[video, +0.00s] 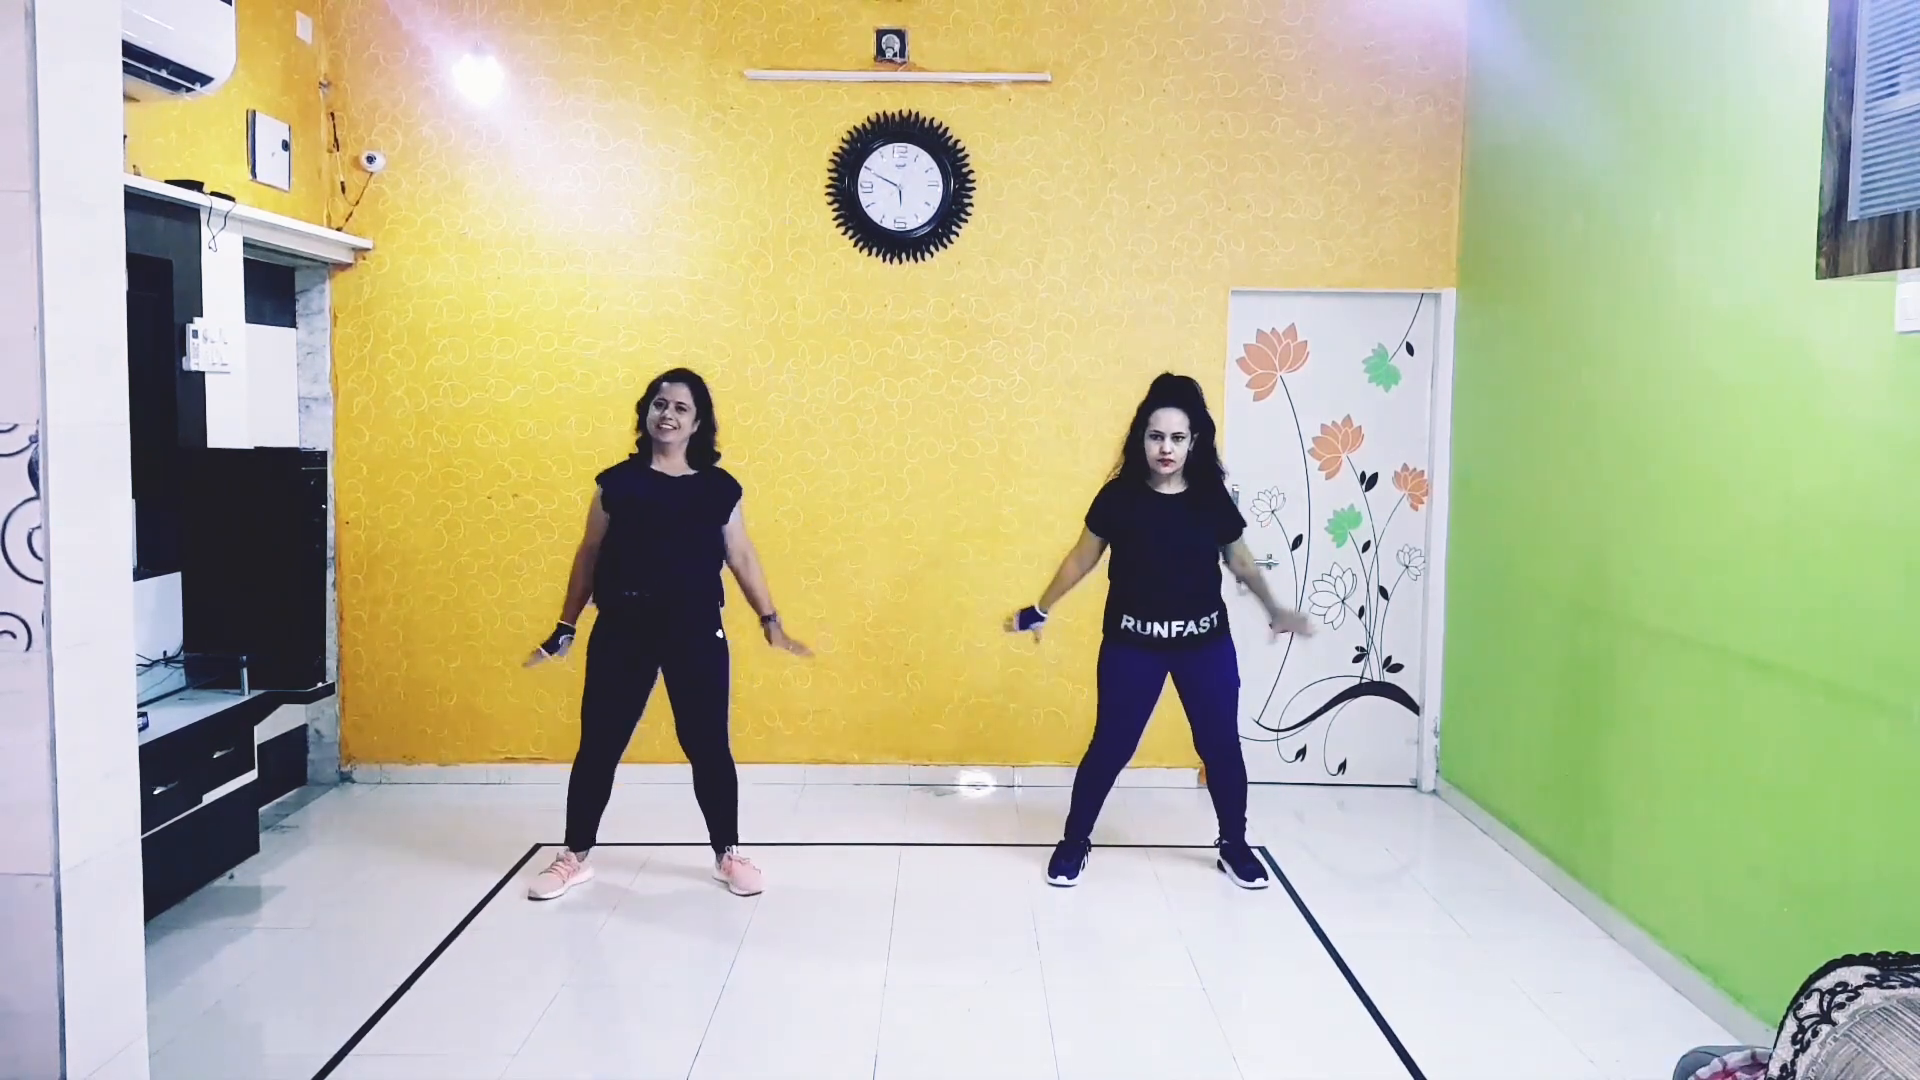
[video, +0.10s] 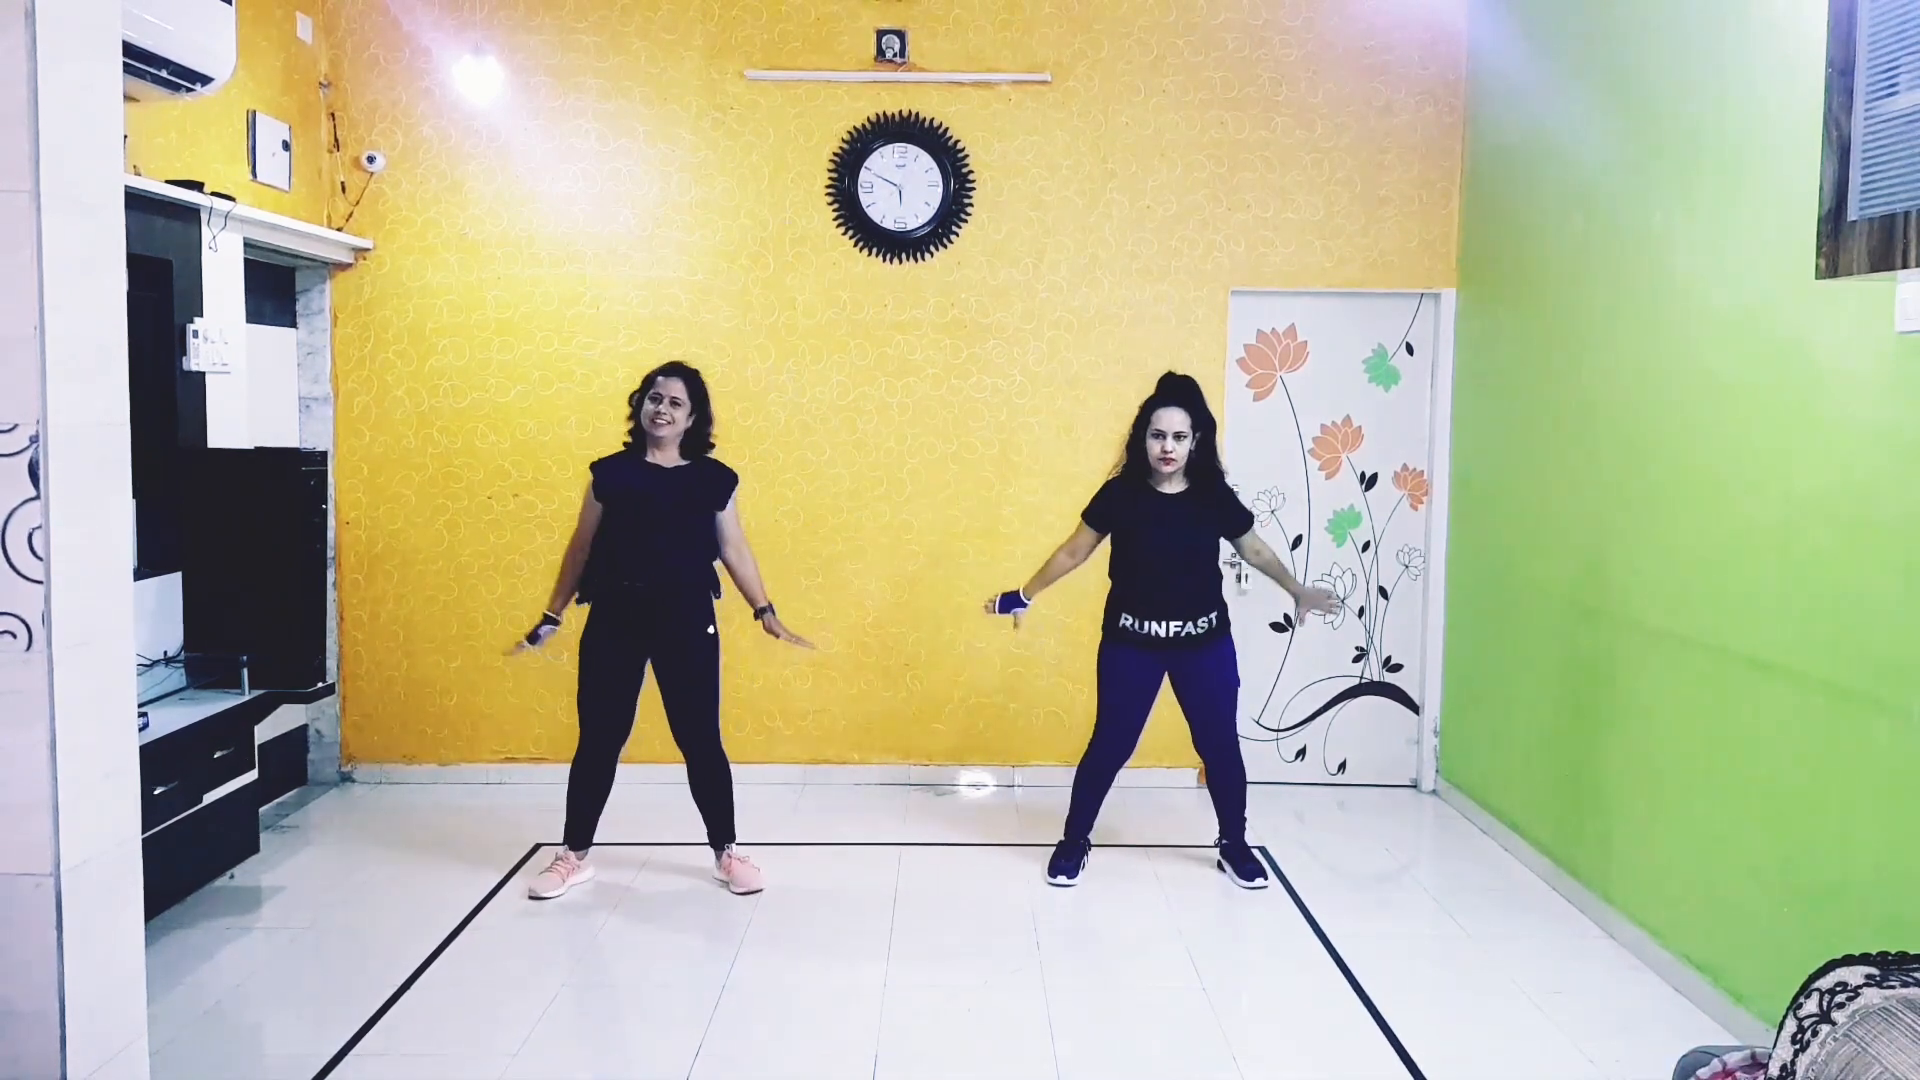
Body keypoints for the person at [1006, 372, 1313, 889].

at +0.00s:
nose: (1165, 447)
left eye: (1177, 437)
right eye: (1156, 435)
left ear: (1194, 442)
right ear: (1140, 438)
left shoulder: (1211, 498)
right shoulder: (1119, 498)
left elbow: (1242, 563)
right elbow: (1083, 557)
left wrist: (1275, 609)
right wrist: (1042, 606)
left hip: (1205, 645)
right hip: (1133, 645)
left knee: (1222, 748)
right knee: (1110, 749)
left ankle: (1235, 843)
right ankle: (1075, 841)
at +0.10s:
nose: (1167, 446)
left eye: (1179, 436)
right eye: (1158, 434)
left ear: (1196, 441)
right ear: (1142, 438)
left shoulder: (1213, 496)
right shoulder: (1120, 495)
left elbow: (1257, 552)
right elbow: (1072, 553)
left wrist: (1299, 590)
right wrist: (1025, 594)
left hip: (1203, 643)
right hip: (1132, 643)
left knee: (1221, 748)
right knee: (1110, 748)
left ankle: (1234, 843)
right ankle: (1074, 841)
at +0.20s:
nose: (1167, 444)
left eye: (1179, 434)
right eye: (1158, 432)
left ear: (1196, 440)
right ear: (1143, 436)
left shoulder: (1213, 495)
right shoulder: (1121, 494)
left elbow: (1257, 547)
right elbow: (1073, 549)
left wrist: (1301, 585)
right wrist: (1024, 589)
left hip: (1204, 643)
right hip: (1133, 643)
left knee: (1221, 748)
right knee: (1111, 746)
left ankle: (1234, 843)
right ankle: (1074, 841)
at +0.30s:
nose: (1167, 444)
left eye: (1179, 434)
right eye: (1158, 431)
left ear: (1196, 440)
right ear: (1143, 435)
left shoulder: (1211, 496)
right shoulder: (1119, 494)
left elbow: (1254, 549)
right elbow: (1072, 551)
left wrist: (1299, 588)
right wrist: (1024, 594)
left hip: (1208, 643)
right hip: (1137, 644)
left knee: (1222, 747)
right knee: (1114, 750)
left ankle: (1234, 843)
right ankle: (1075, 842)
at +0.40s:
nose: (1169, 448)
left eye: (1181, 438)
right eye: (1160, 435)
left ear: (1197, 446)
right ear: (1144, 440)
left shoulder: (1207, 505)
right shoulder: (1115, 499)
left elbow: (1254, 562)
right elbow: (1074, 560)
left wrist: (1296, 602)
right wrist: (1033, 609)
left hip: (1210, 643)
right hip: (1141, 649)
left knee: (1224, 747)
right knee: (1124, 757)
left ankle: (1235, 842)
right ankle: (1076, 842)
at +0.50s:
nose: (1169, 452)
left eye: (1181, 442)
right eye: (1159, 441)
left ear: (1196, 450)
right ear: (1144, 445)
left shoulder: (1203, 509)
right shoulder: (1113, 504)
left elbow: (1247, 568)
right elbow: (1075, 567)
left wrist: (1293, 610)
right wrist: (1040, 620)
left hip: (1208, 645)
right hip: (1140, 653)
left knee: (1223, 744)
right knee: (1126, 758)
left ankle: (1235, 842)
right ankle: (1075, 840)